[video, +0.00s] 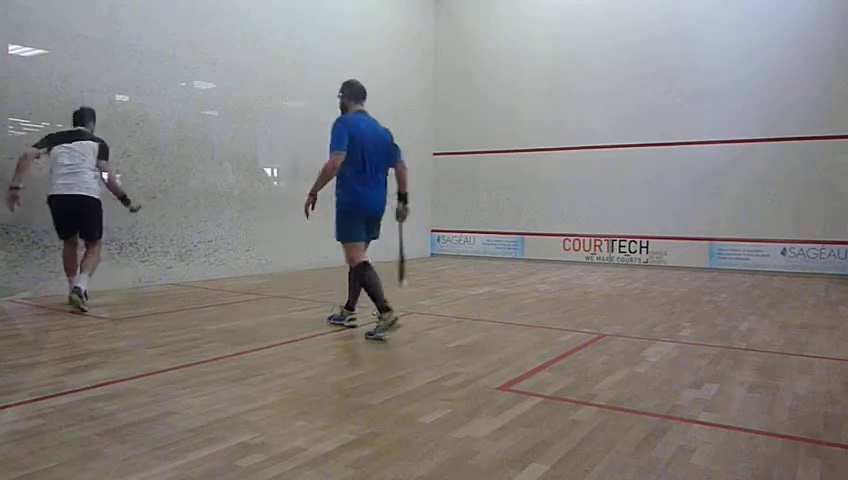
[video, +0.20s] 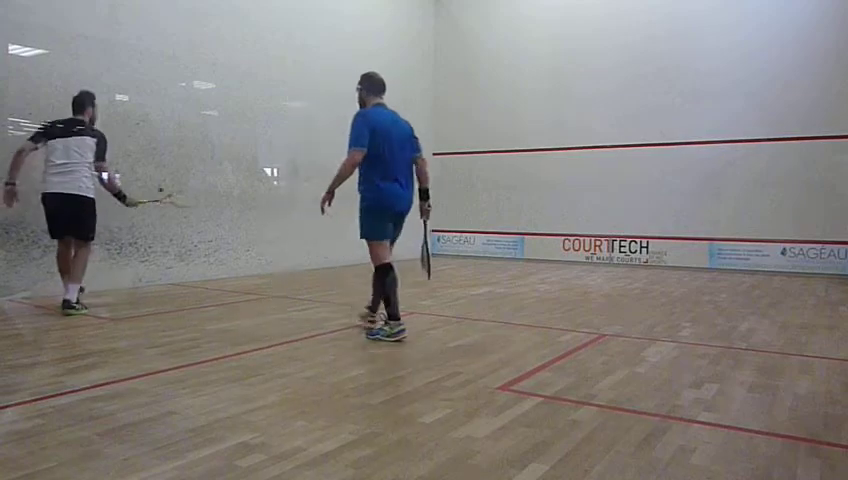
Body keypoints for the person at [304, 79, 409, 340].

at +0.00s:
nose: (339, 103)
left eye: (340, 99)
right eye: (340, 99)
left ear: (344, 100)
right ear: (363, 100)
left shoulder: (344, 124)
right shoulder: (381, 130)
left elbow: (336, 161)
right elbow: (400, 165)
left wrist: (314, 191)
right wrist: (403, 199)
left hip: (351, 203)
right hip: (376, 204)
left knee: (356, 258)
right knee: (358, 257)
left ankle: (386, 312)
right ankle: (349, 310)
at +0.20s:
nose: (357, 97)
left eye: (358, 93)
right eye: (358, 93)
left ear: (363, 92)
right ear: (383, 93)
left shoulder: (364, 118)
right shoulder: (402, 122)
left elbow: (355, 158)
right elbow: (420, 163)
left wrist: (331, 188)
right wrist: (425, 198)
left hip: (376, 198)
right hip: (403, 199)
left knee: (381, 258)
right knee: (384, 255)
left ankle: (394, 322)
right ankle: (374, 308)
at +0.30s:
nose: (370, 93)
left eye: (371, 88)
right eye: (371, 88)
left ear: (376, 88)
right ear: (395, 88)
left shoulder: (377, 114)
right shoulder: (414, 118)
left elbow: (372, 153)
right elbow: (428, 158)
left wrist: (349, 186)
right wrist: (428, 194)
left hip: (387, 196)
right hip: (414, 196)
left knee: (386, 257)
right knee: (402, 252)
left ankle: (394, 323)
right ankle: (409, 315)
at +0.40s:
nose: (384, 92)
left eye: (385, 87)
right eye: (385, 87)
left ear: (391, 87)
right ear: (410, 89)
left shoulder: (394, 114)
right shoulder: (427, 119)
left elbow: (391, 152)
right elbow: (439, 161)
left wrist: (369, 188)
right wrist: (435, 195)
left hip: (398, 199)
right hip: (425, 199)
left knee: (391, 255)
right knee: (419, 251)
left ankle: (394, 323)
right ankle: (450, 307)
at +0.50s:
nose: (400, 95)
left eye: (401, 90)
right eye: (401, 90)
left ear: (407, 90)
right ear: (425, 91)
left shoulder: (413, 114)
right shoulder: (439, 120)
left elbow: (412, 152)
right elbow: (449, 167)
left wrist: (392, 192)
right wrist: (439, 194)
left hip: (413, 199)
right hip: (440, 199)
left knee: (394, 255)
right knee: (441, 254)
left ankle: (394, 323)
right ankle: (482, 305)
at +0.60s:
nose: (416, 96)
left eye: (417, 91)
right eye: (417, 91)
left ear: (423, 92)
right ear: (443, 94)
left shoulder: (432, 116)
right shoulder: (455, 121)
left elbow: (439, 151)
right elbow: (464, 167)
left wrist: (419, 192)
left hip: (433, 201)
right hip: (459, 201)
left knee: (408, 258)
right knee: (468, 259)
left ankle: (395, 324)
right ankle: (499, 319)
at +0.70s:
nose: (432, 97)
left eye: (434, 92)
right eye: (433, 92)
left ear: (442, 93)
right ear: (458, 93)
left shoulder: (449, 115)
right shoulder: (469, 117)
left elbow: (464, 143)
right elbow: (482, 159)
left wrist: (442, 183)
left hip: (455, 199)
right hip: (478, 198)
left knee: (429, 260)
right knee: (487, 261)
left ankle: (405, 322)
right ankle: (506, 327)